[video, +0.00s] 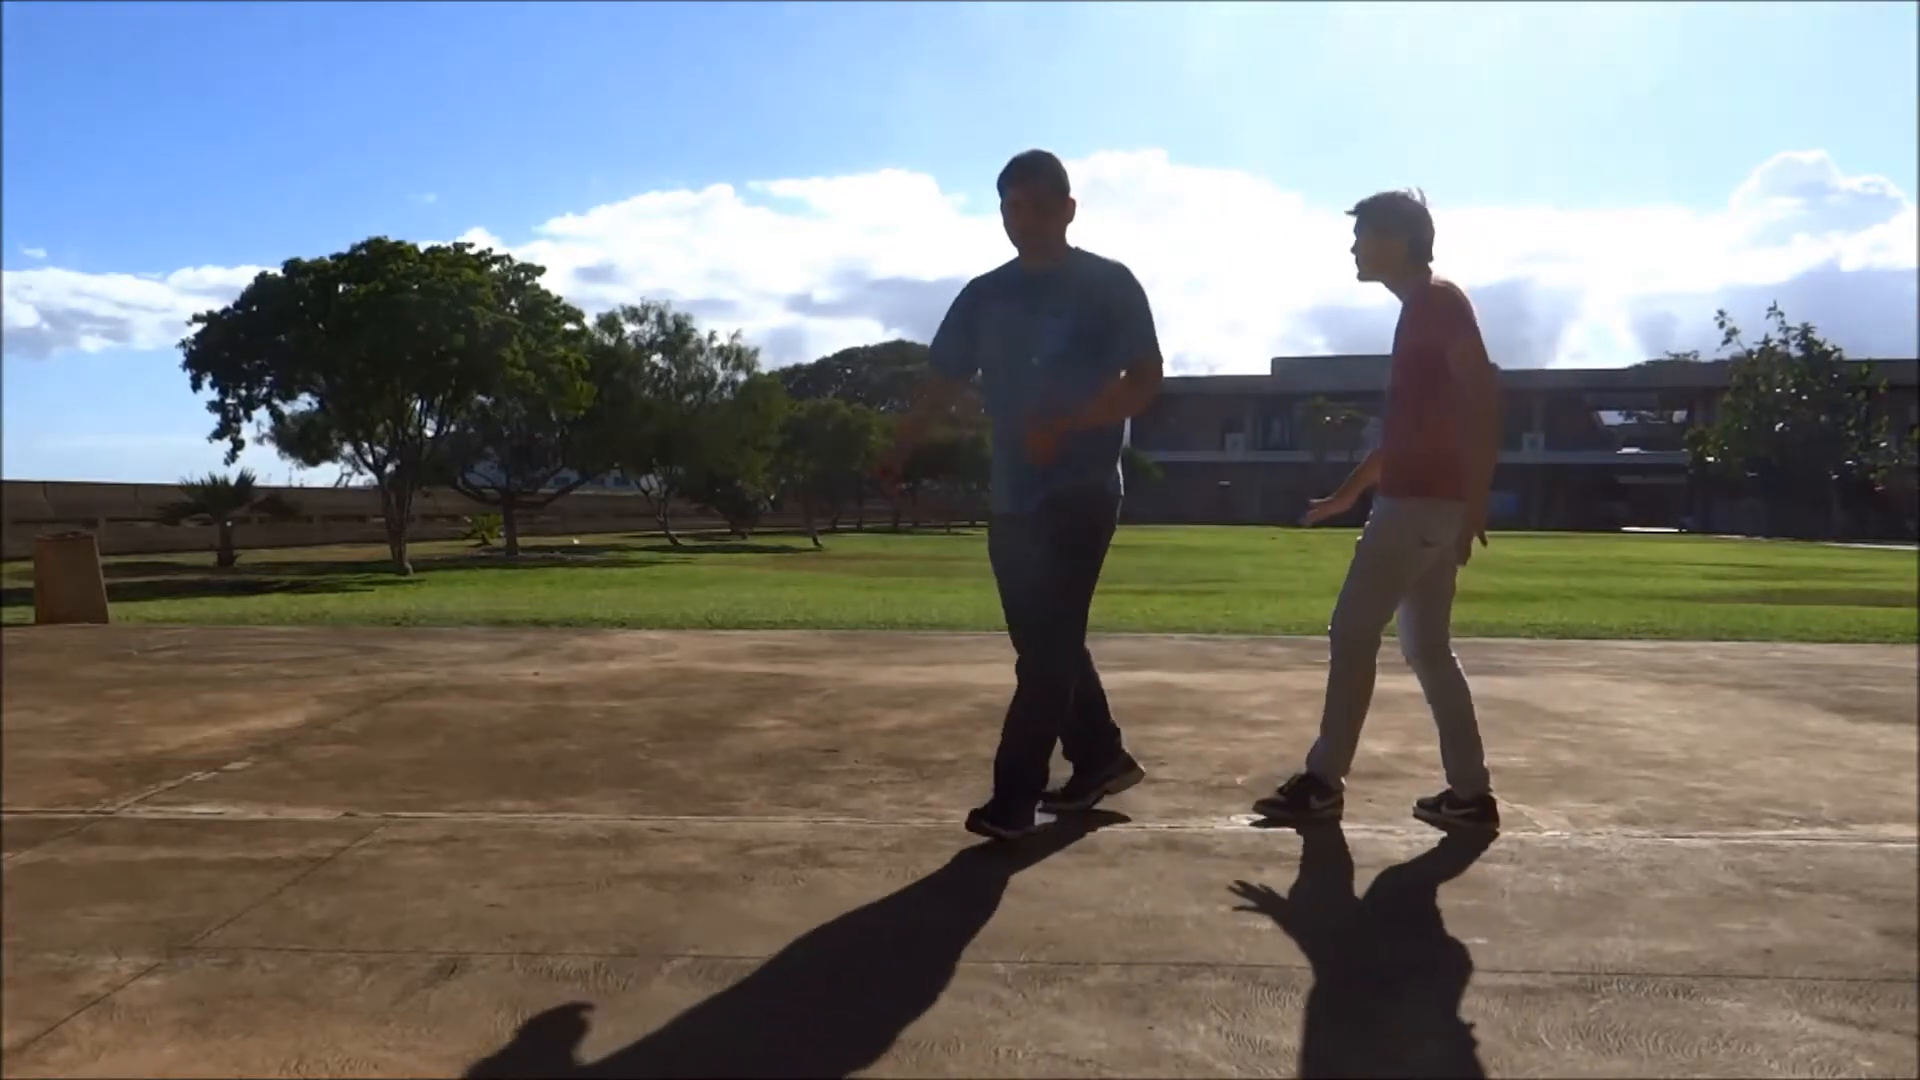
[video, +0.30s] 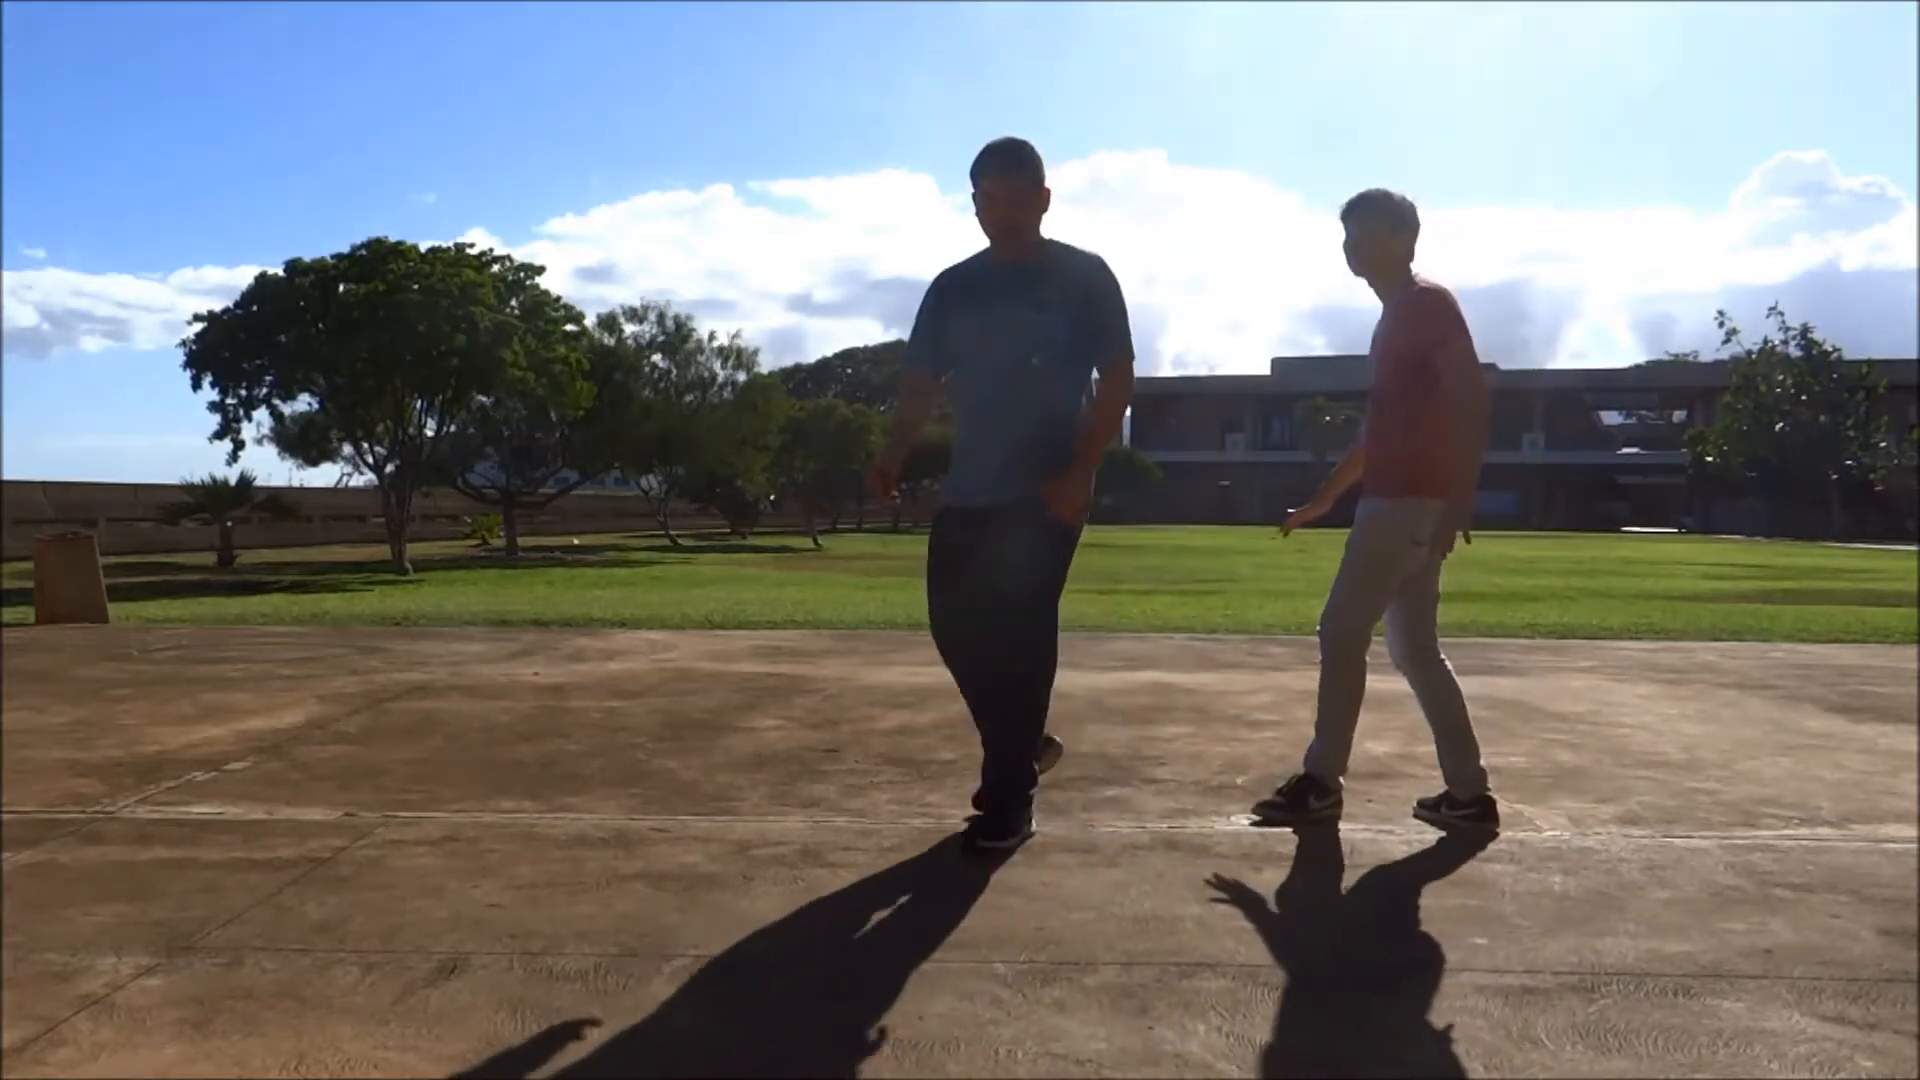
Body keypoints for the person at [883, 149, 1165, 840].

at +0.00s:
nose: (1017, 214)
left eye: (1031, 200)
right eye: (1008, 203)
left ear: (1066, 205)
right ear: (1000, 210)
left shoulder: (1111, 284)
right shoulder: (984, 295)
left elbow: (1145, 379)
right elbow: (937, 384)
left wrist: (1078, 421)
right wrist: (898, 450)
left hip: (1083, 492)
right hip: (1012, 496)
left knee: (1049, 637)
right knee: (1041, 635)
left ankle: (1015, 800)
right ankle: (1101, 756)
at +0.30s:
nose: (994, 206)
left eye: (1009, 192)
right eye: (983, 194)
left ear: (1042, 194)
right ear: (972, 200)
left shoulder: (1086, 277)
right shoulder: (952, 286)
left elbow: (1117, 378)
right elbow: (919, 383)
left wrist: (1081, 472)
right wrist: (896, 452)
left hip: (1045, 490)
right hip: (967, 492)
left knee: (1020, 634)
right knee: (954, 626)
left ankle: (1005, 803)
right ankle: (1024, 740)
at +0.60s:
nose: (964, 210)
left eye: (979, 194)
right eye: (951, 196)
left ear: (1009, 193)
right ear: (936, 199)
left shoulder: (1055, 275)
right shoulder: (916, 288)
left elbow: (1095, 380)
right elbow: (892, 399)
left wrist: (1081, 481)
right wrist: (871, 496)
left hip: (1016, 501)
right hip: (931, 500)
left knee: (1007, 657)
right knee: (898, 646)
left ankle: (1006, 804)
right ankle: (854, 793)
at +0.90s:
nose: (904, 200)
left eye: (919, 185)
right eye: (892, 187)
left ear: (956, 186)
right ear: (881, 192)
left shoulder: (1003, 276)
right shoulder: (858, 281)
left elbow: (1030, 390)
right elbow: (836, 396)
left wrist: (1014, 489)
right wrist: (823, 494)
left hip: (968, 511)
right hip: (877, 511)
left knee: (985, 669)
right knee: (857, 671)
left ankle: (1004, 806)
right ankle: (833, 820)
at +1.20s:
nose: (854, 195)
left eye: (868, 179)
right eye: (840, 181)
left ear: (900, 178)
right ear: (824, 185)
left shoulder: (946, 265)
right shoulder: (793, 273)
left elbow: (970, 377)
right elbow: (758, 385)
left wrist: (935, 481)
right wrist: (738, 485)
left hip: (918, 498)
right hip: (821, 504)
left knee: (931, 653)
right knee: (821, 668)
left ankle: (971, 784)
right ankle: (831, 819)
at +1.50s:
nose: (817, 187)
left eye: (831, 171)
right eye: (804, 174)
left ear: (869, 170)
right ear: (793, 178)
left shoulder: (921, 261)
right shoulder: (762, 270)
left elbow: (952, 377)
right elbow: (729, 383)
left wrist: (929, 478)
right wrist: (714, 480)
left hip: (900, 503)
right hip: (802, 510)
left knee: (904, 676)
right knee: (814, 676)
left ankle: (913, 837)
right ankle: (831, 820)